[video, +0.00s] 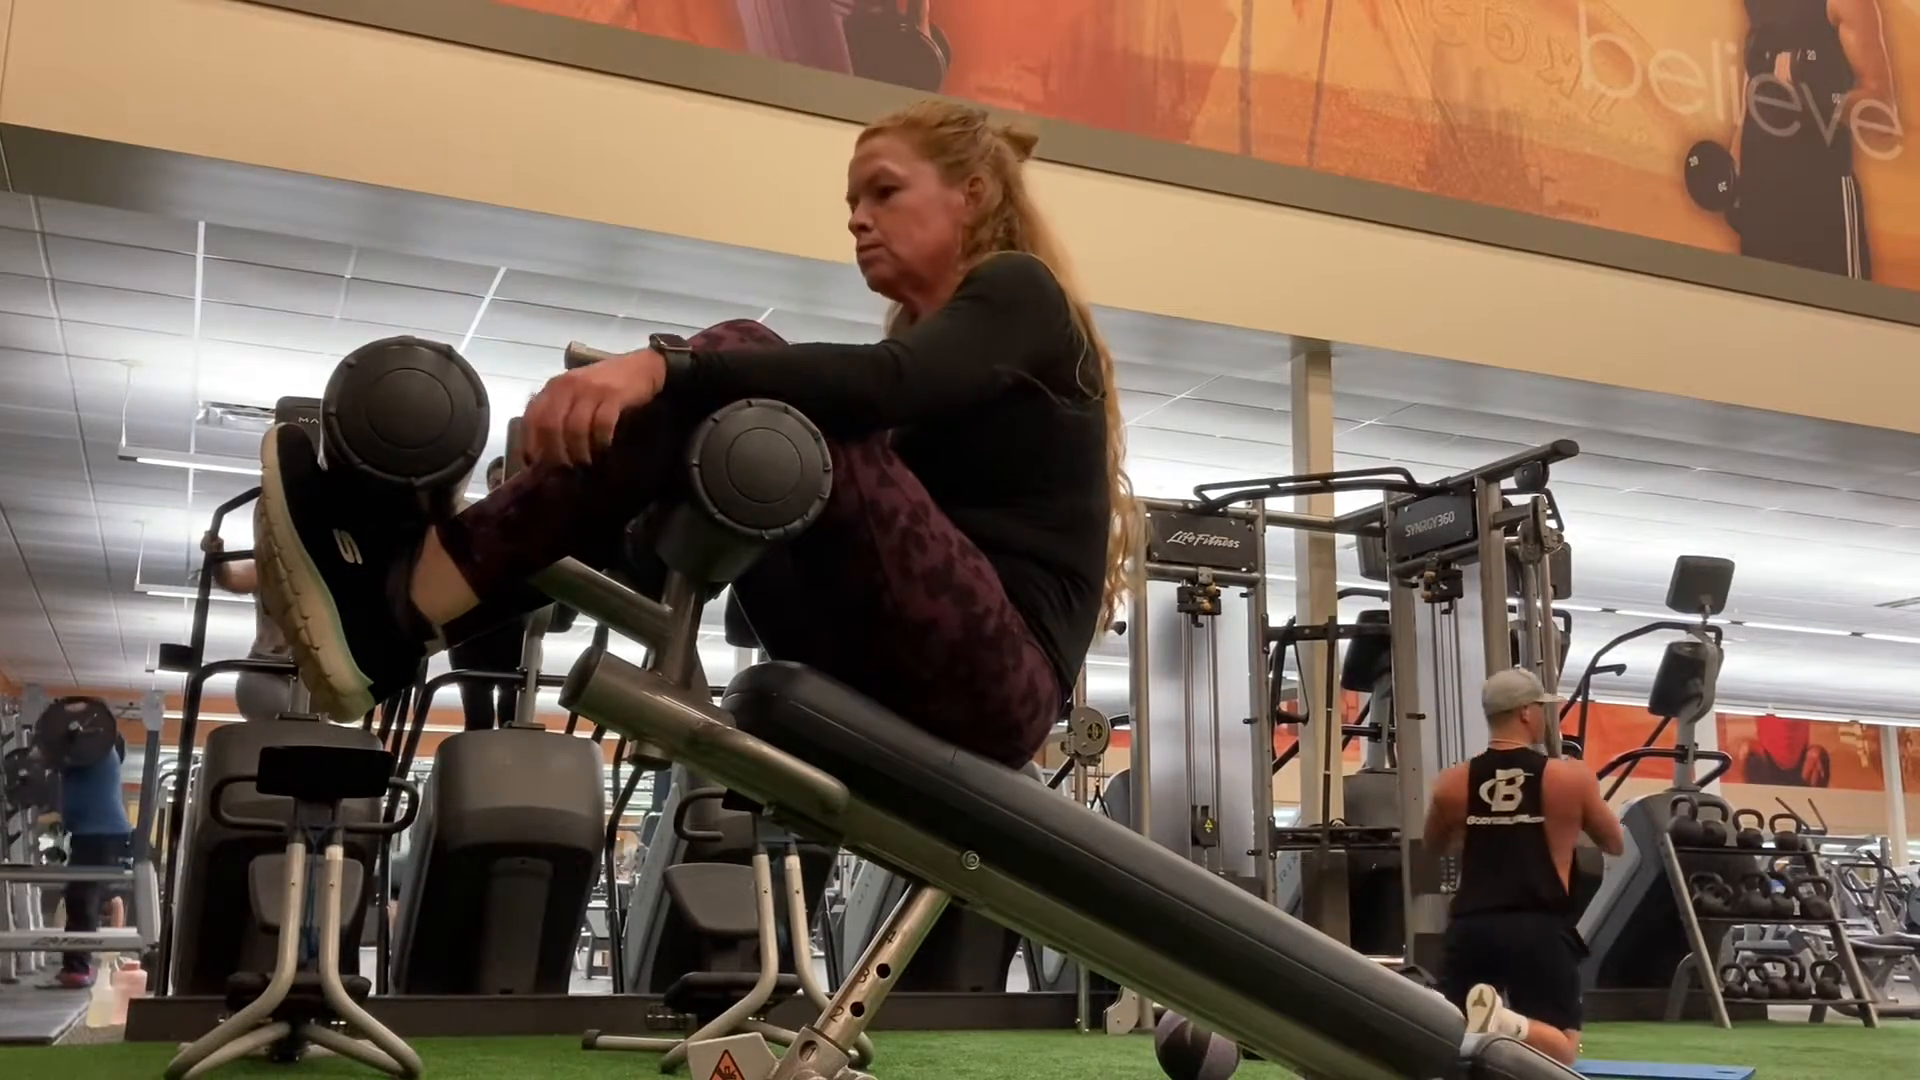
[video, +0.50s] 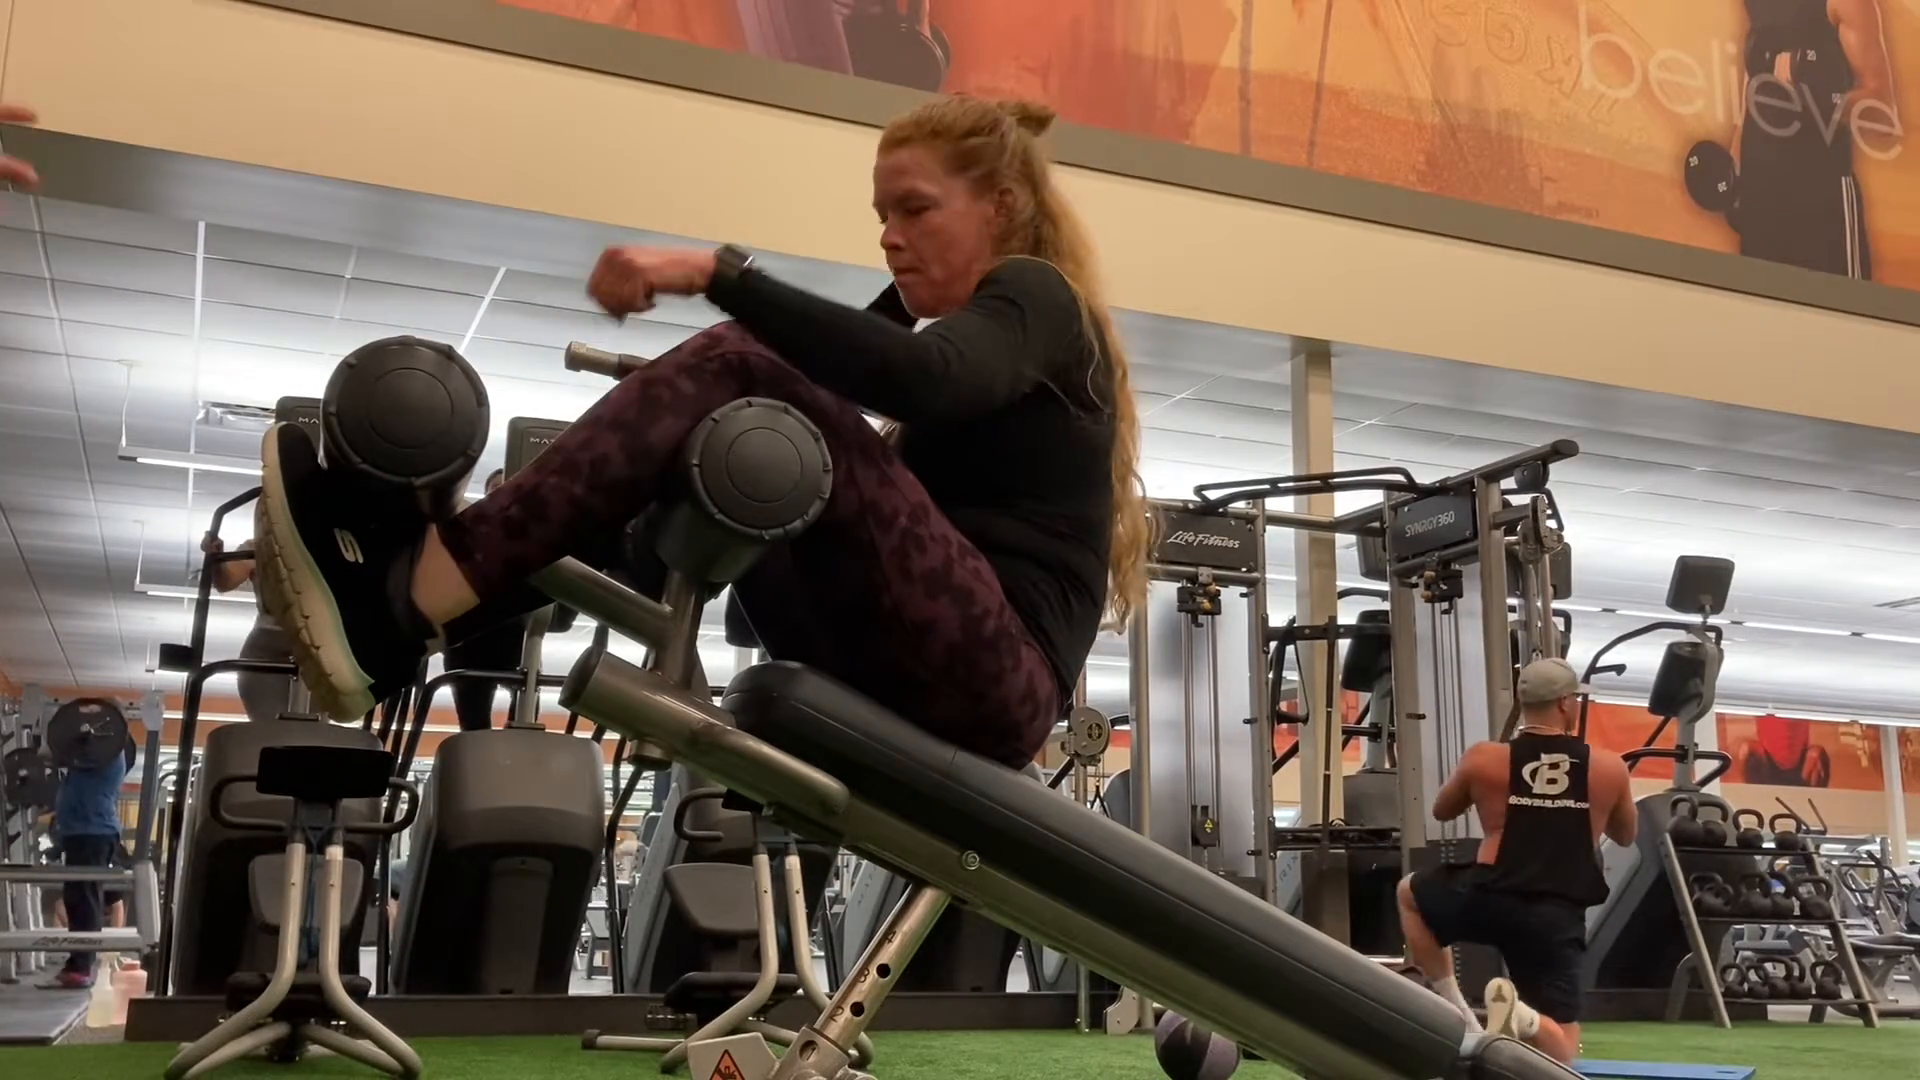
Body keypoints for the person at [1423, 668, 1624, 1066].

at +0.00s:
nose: (1544, 715)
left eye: (1542, 706)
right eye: (1540, 707)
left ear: (1489, 715)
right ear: (1526, 713)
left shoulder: (1454, 781)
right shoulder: (1572, 777)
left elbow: (1433, 846)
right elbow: (1614, 844)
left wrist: (1476, 819)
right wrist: (1579, 808)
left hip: (1470, 930)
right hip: (1540, 933)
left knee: (1464, 1040)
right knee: (1566, 1051)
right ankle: (1503, 1019)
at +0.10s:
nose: (1556, 709)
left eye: (1554, 701)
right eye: (1553, 701)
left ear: (1500, 709)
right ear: (1539, 707)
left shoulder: (1465, 774)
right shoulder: (1587, 771)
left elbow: (1439, 835)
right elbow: (1622, 838)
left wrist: (1485, 805)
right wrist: (1586, 800)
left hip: (1478, 923)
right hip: (1550, 925)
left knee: (1453, 1029)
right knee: (1565, 1050)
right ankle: (1509, 1019)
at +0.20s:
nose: (1563, 704)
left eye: (1560, 697)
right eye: (1560, 697)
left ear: (1509, 707)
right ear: (1550, 705)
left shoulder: (1477, 769)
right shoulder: (1599, 768)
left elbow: (1441, 832)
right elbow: (1628, 834)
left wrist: (1478, 799)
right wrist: (1586, 801)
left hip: (1487, 906)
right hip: (1558, 916)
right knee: (1566, 1047)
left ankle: (1437, 995)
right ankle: (1511, 1019)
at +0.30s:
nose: (1572, 703)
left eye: (1571, 696)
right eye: (1569, 696)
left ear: (1515, 704)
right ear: (1559, 703)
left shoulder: (1481, 764)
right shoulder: (1606, 768)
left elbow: (1445, 823)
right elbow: (1630, 833)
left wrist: (1475, 786)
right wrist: (1591, 796)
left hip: (1487, 898)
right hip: (1558, 912)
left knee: (1391, 922)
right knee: (1565, 1047)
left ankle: (1440, 990)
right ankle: (1506, 1017)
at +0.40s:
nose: (1576, 705)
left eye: (1576, 697)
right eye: (1574, 698)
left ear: (1520, 702)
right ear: (1564, 703)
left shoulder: (1484, 761)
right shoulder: (1608, 768)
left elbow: (1446, 816)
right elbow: (1629, 834)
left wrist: (1482, 783)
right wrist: (1592, 795)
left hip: (1487, 896)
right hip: (1557, 912)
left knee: (1396, 901)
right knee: (1566, 1047)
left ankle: (1443, 998)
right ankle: (1511, 1017)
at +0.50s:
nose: (1578, 705)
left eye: (1577, 698)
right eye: (1575, 698)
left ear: (1522, 702)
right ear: (1565, 703)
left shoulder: (1484, 758)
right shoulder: (1608, 767)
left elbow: (1442, 810)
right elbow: (1625, 835)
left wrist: (1482, 783)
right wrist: (1591, 793)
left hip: (1488, 897)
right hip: (1556, 912)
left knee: (1410, 895)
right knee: (1566, 1049)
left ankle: (1455, 1009)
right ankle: (1520, 1015)